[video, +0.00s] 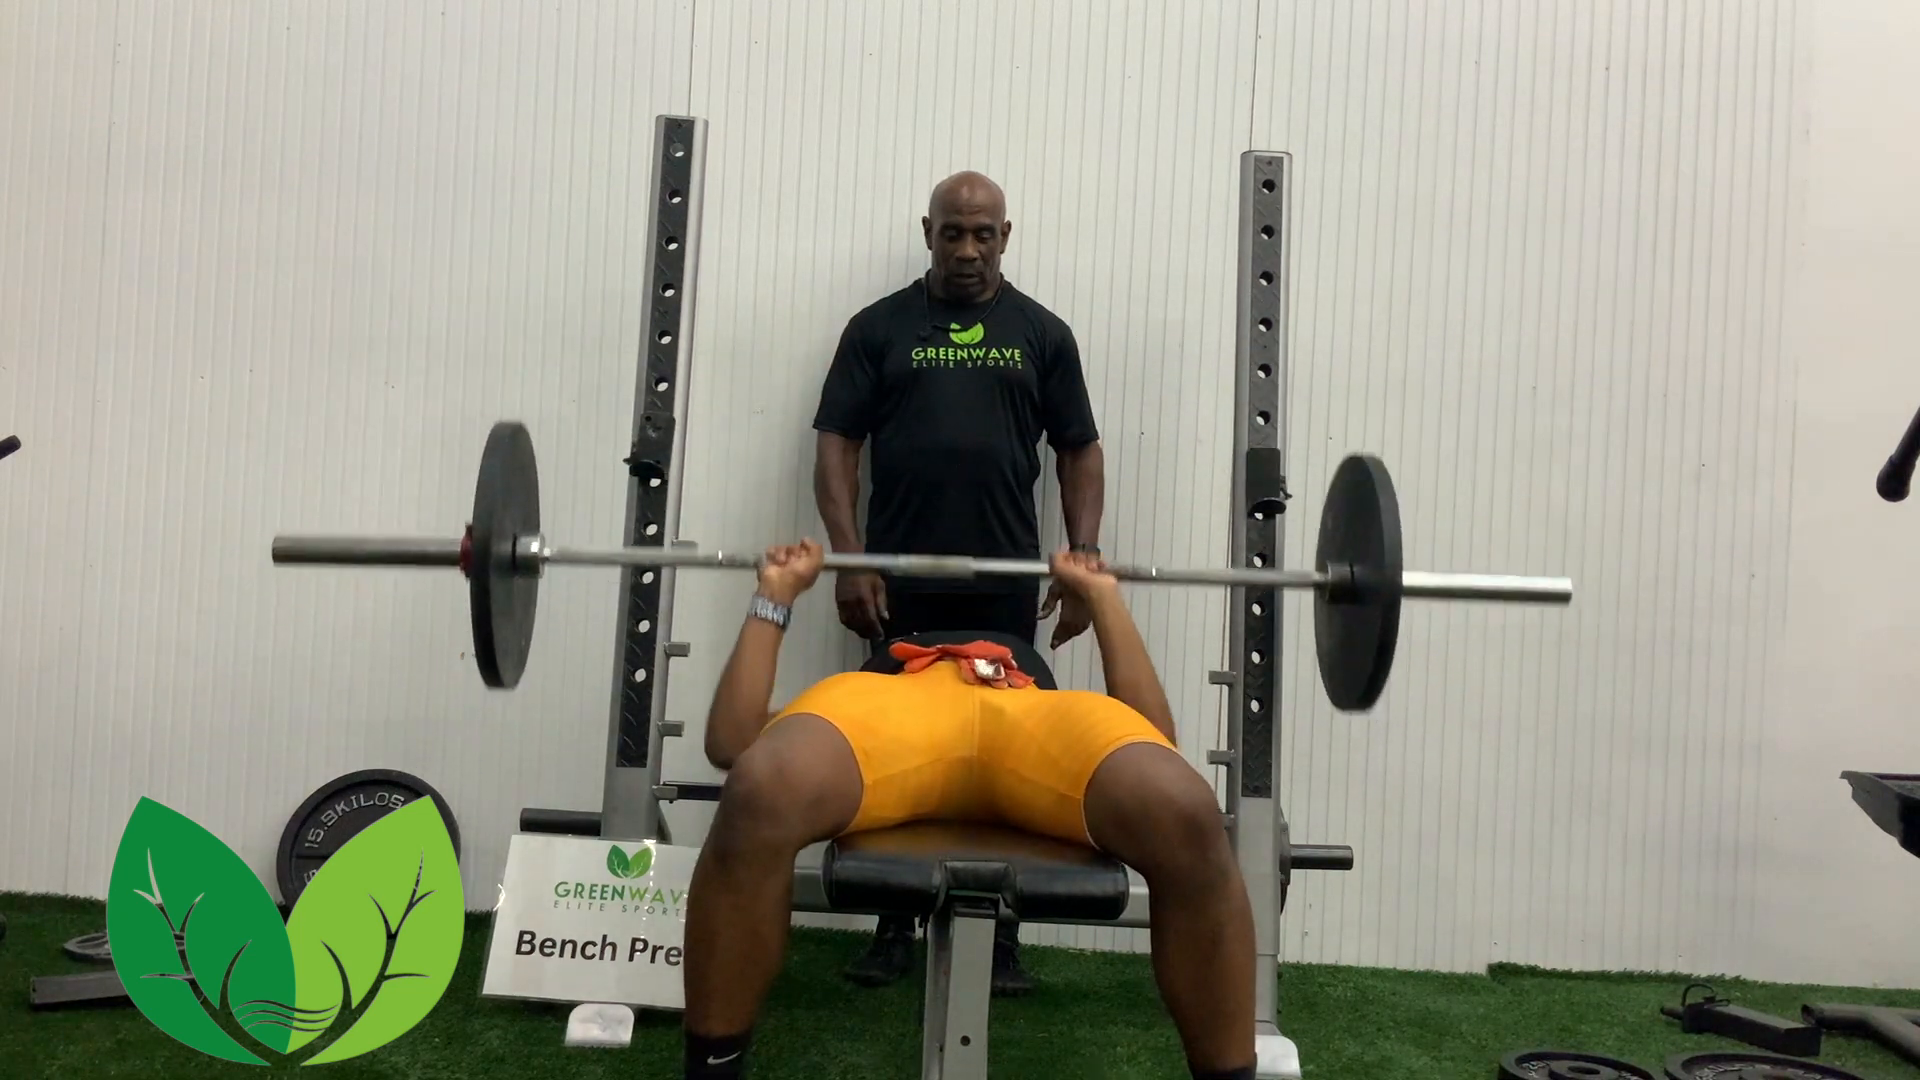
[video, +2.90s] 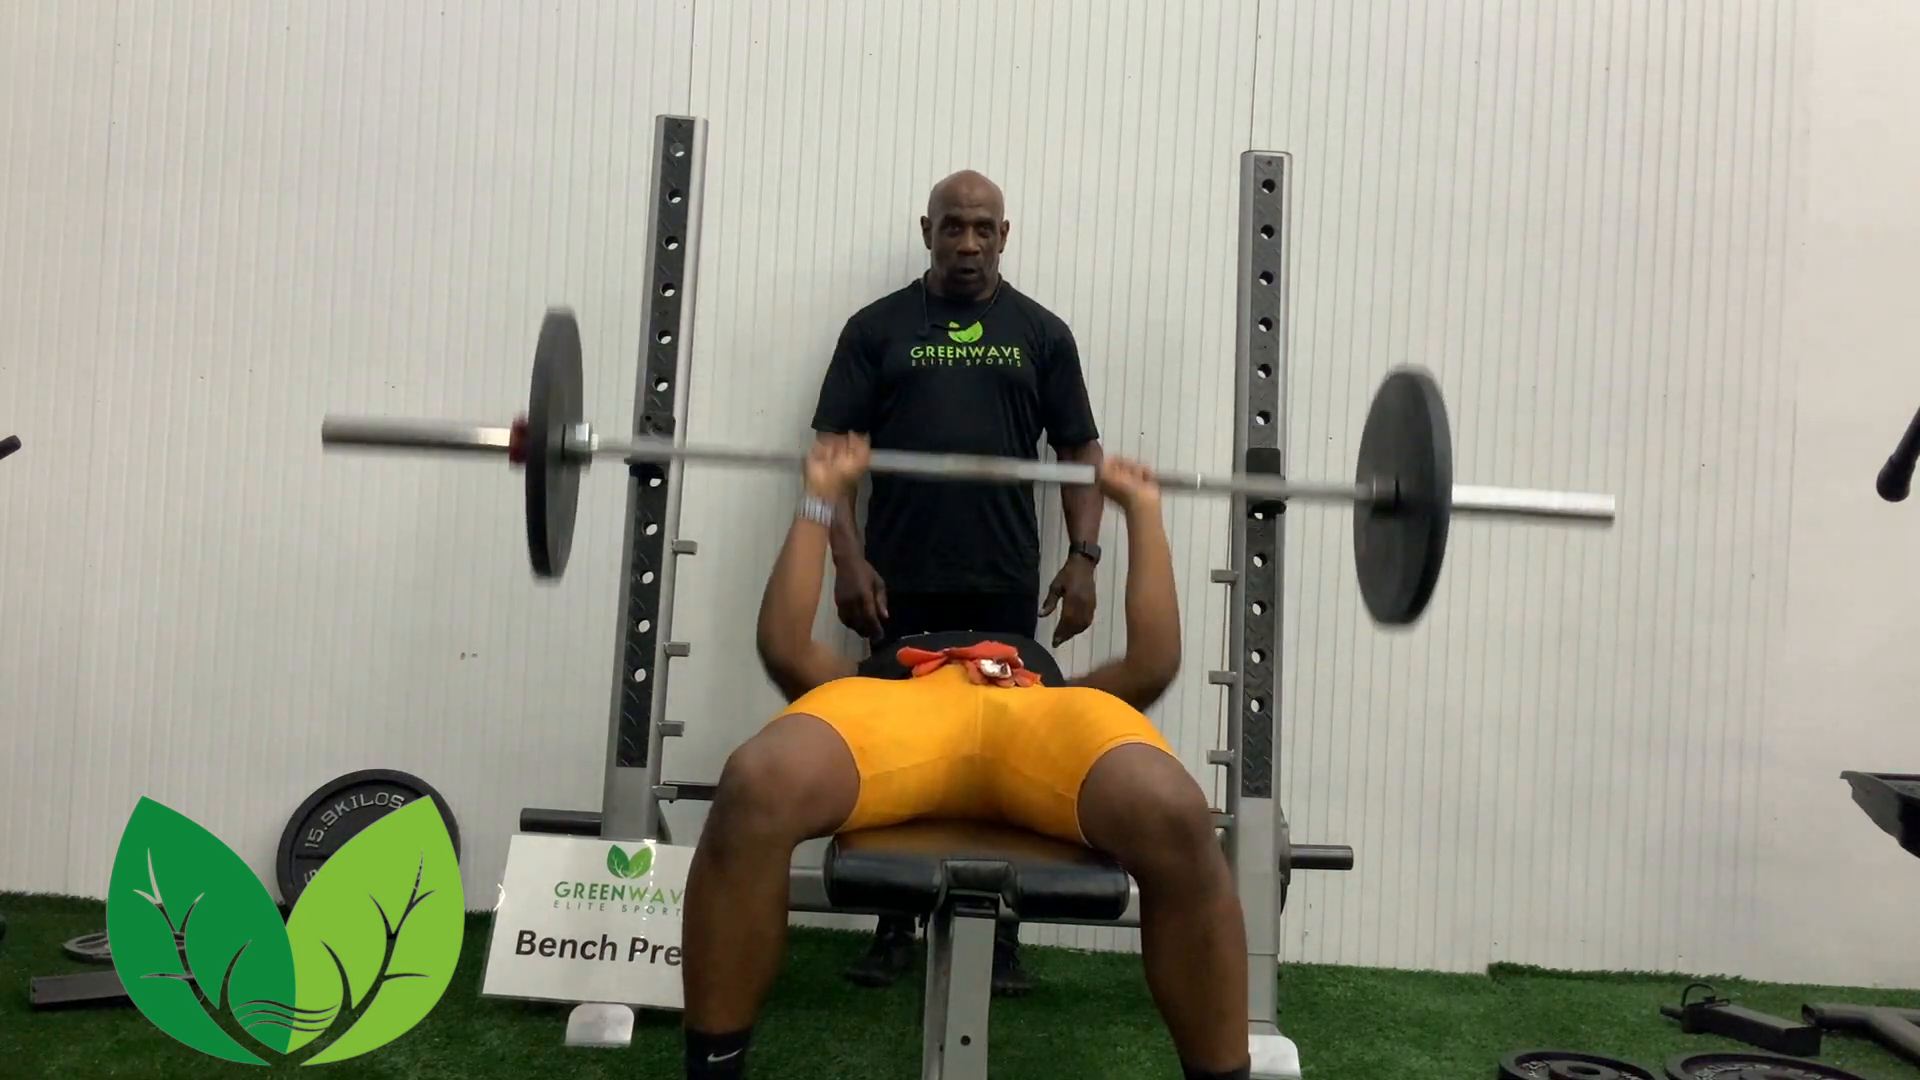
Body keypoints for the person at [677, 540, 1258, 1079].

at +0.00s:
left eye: (999, 663)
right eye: (935, 650)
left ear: (1019, 681)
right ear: (909, 651)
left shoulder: (1046, 698)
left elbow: (1156, 741)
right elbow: (730, 745)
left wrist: (1105, 595)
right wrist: (772, 604)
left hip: (1039, 713)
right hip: (880, 699)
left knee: (1189, 821)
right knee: (756, 794)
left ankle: (1230, 1073)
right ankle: (712, 1067)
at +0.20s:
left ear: (1016, 666)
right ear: (906, 659)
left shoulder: (1053, 688)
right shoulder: (863, 684)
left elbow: (1150, 639)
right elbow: (733, 632)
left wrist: (1102, 492)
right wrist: (778, 498)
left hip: (1044, 712)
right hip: (883, 705)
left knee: (1187, 817)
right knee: (763, 793)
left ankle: (1228, 1073)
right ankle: (723, 1065)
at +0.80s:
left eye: (1004, 657)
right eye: (942, 655)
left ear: (1024, 670)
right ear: (922, 664)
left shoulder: (1050, 685)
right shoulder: (875, 682)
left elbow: (1171, 708)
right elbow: (745, 700)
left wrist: (1125, 555)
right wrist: (790, 559)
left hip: (1043, 706)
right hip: (895, 698)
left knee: (1189, 820)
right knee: (760, 793)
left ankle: (1226, 1073)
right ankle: (712, 1066)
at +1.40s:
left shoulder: (1064, 691)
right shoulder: (859, 684)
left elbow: (1149, 611)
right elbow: (761, 595)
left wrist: (1128, 453)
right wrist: (796, 451)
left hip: (1040, 708)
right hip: (890, 702)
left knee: (1179, 817)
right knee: (759, 789)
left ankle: (1224, 1070)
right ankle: (716, 1064)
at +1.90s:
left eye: (1001, 656)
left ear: (1019, 662)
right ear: (915, 657)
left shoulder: (1058, 691)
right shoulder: (874, 680)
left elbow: (1171, 703)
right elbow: (755, 685)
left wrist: (1136, 552)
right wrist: (805, 547)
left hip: (1041, 704)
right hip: (895, 696)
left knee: (1179, 822)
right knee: (758, 792)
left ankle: (1224, 1069)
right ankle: (712, 1066)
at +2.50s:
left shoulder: (1063, 689)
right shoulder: (854, 681)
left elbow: (1143, 607)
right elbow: (790, 577)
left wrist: (1138, 447)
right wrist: (810, 430)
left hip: (1044, 707)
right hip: (891, 696)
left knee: (1189, 819)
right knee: (758, 789)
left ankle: (1223, 1072)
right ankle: (712, 1065)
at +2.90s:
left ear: (1029, 677)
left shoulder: (1057, 685)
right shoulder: (877, 670)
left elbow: (1153, 661)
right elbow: (785, 642)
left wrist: (1145, 512)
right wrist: (819, 508)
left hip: (1048, 712)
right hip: (892, 702)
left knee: (1179, 822)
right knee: (754, 786)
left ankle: (1224, 1073)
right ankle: (713, 1066)